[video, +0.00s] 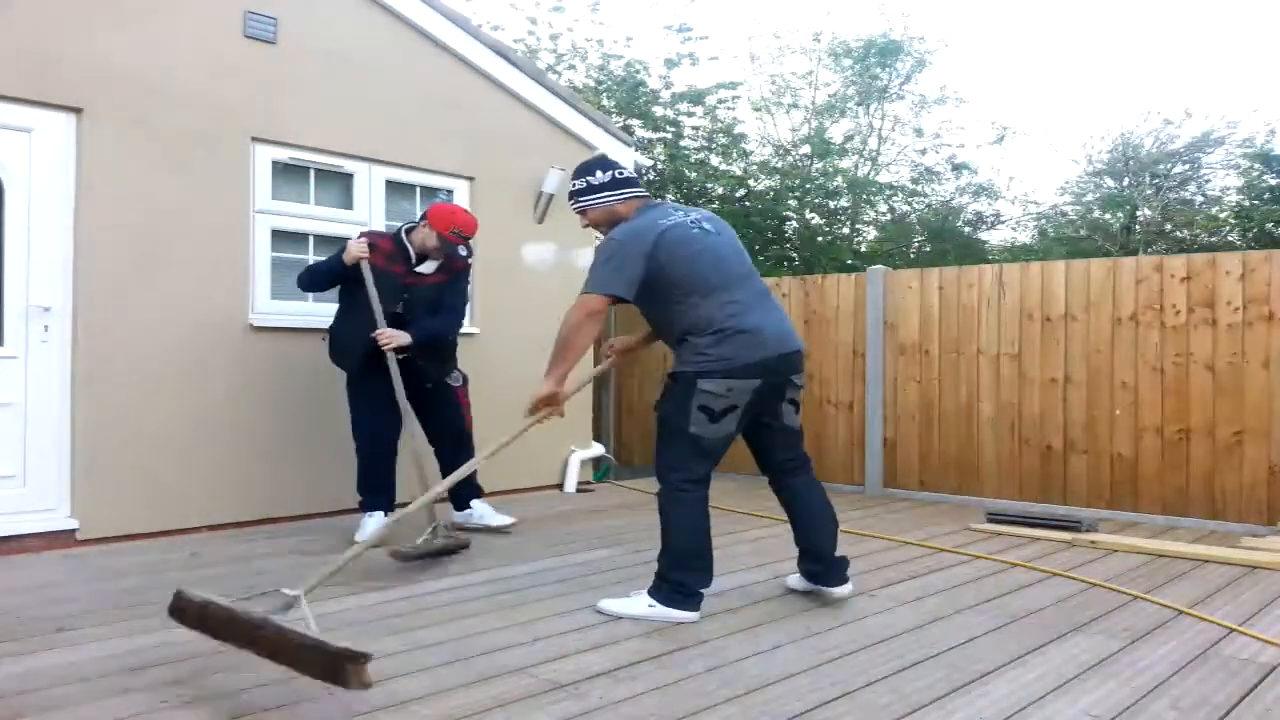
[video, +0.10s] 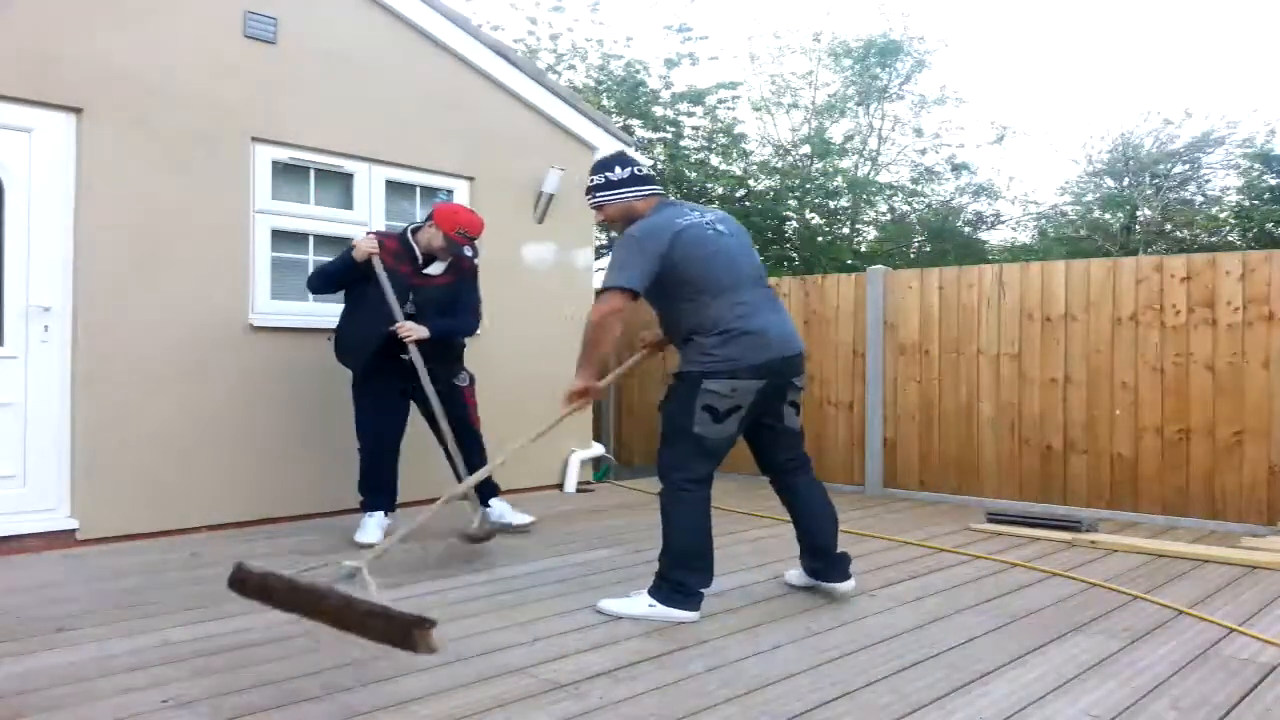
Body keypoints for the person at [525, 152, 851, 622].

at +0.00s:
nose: (586, 222)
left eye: (586, 210)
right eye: (582, 213)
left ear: (613, 199)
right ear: (630, 196)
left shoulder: (628, 236)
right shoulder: (697, 218)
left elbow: (588, 311)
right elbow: (695, 300)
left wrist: (554, 381)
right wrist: (635, 342)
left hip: (716, 361)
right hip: (781, 352)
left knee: (682, 478)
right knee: (789, 466)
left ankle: (677, 594)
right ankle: (827, 573)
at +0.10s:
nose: (600, 218)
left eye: (602, 206)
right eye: (597, 209)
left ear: (630, 197)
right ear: (648, 194)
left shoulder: (645, 233)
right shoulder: (712, 217)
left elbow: (607, 311)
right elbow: (731, 289)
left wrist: (587, 375)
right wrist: (670, 334)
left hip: (722, 362)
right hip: (781, 353)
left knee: (683, 474)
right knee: (790, 465)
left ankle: (677, 594)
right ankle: (827, 568)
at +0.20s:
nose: (624, 215)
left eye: (625, 204)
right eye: (621, 206)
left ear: (651, 196)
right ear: (670, 193)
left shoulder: (667, 234)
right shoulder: (739, 221)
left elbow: (639, 309)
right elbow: (761, 288)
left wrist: (627, 368)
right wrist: (697, 320)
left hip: (728, 366)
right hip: (785, 360)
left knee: (683, 474)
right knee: (785, 464)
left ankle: (677, 593)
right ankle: (828, 568)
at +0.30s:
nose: (657, 215)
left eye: (659, 204)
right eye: (654, 206)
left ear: (684, 198)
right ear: (704, 195)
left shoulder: (695, 236)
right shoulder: (767, 224)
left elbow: (675, 313)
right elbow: (810, 288)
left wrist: (665, 366)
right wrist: (748, 318)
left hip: (740, 368)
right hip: (797, 364)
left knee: (691, 474)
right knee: (786, 466)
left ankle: (678, 591)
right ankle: (830, 571)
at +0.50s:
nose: (703, 215)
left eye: (706, 205)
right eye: (700, 206)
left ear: (730, 196)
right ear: (749, 195)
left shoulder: (741, 234)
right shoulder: (810, 222)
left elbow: (725, 311)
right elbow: (861, 269)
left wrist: (732, 363)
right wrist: (814, 302)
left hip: (782, 363)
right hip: (836, 360)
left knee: (737, 469)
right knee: (808, 463)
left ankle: (728, 582)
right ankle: (832, 571)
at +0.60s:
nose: (715, 219)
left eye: (717, 208)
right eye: (712, 210)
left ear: (741, 198)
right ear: (760, 195)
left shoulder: (753, 234)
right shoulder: (824, 220)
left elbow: (745, 316)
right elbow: (876, 259)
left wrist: (761, 358)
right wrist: (832, 294)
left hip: (805, 358)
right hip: (855, 355)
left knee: (767, 463)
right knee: (822, 459)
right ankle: (837, 570)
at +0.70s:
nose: (726, 222)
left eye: (727, 212)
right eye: (723, 214)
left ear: (748, 202)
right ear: (764, 197)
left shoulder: (764, 241)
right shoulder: (828, 219)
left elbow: (762, 321)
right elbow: (889, 250)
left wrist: (785, 354)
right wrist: (845, 288)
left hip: (820, 363)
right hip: (873, 357)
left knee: (799, 464)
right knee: (838, 463)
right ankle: (829, 568)